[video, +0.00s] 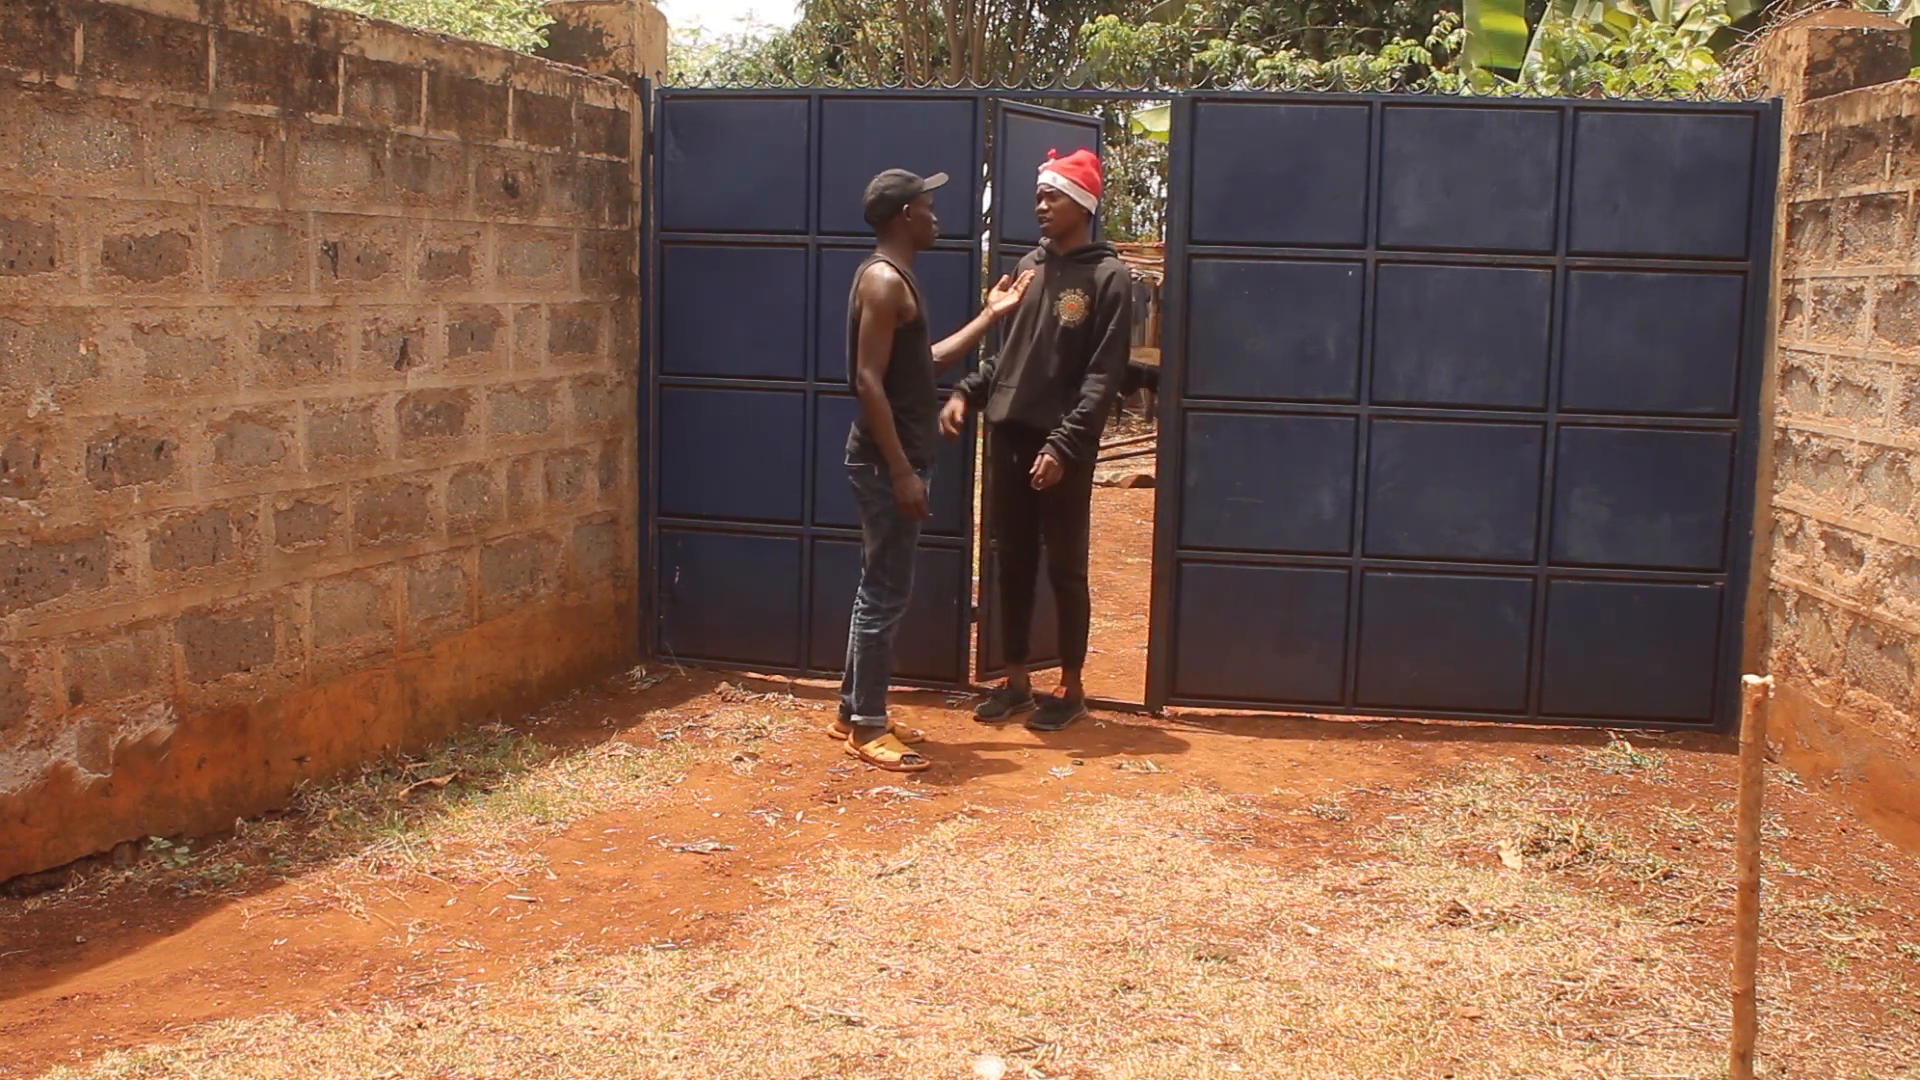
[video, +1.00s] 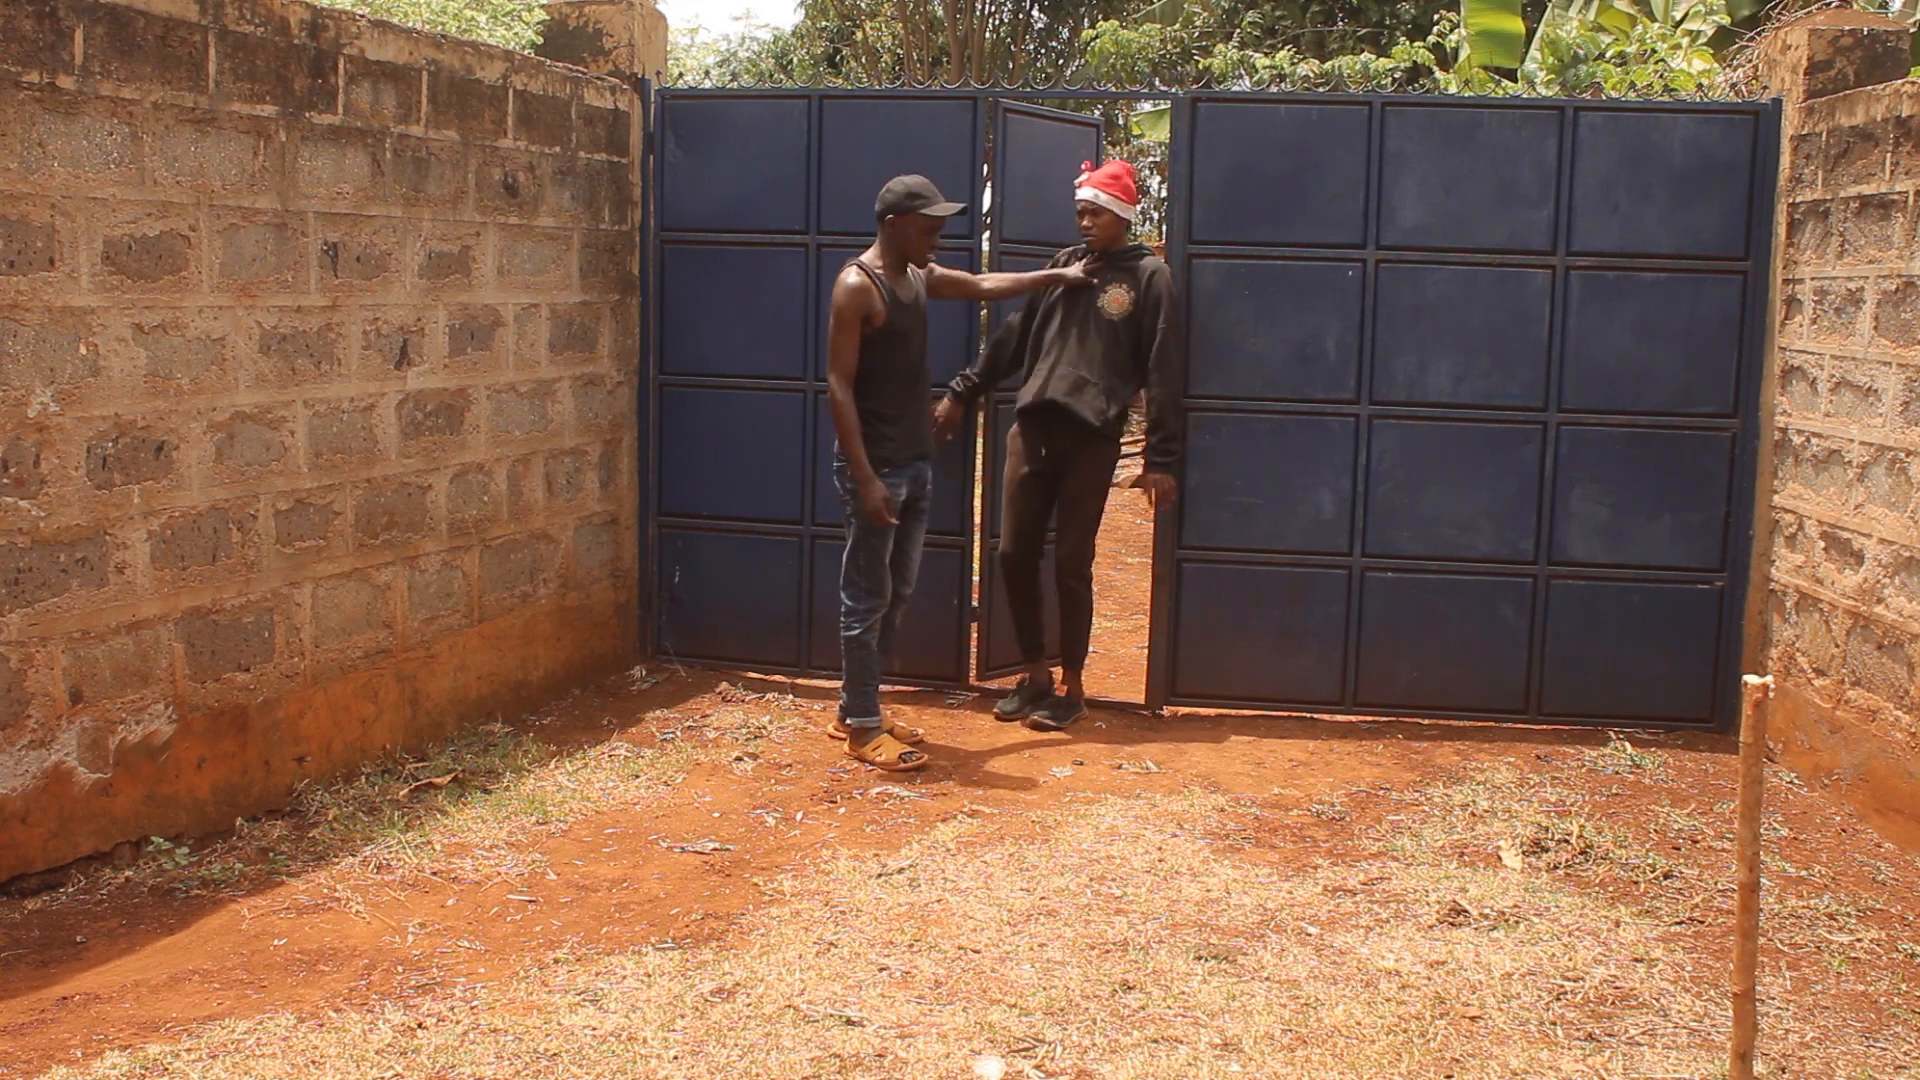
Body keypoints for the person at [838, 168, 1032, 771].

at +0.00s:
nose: (936, 214)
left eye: (932, 204)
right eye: (927, 205)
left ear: (898, 217)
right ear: (903, 215)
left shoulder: (895, 278)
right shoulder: (884, 282)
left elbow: (924, 361)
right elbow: (867, 381)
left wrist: (988, 313)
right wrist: (901, 469)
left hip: (898, 454)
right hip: (886, 459)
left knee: (882, 588)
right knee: (885, 592)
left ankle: (855, 707)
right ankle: (867, 726)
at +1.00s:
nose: (938, 237)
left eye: (940, 227)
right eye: (930, 226)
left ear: (917, 227)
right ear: (892, 223)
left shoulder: (917, 274)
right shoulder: (855, 288)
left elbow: (983, 286)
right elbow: (838, 387)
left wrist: (1055, 275)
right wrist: (863, 477)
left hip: (915, 461)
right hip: (872, 465)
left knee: (896, 593)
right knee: (866, 596)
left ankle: (860, 707)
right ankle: (862, 725)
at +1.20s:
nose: (934, 235)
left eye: (934, 226)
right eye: (925, 226)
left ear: (906, 230)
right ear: (889, 227)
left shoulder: (913, 272)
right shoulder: (845, 291)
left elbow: (978, 277)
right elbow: (819, 389)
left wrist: (1043, 241)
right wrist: (831, 482)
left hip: (909, 464)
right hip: (859, 467)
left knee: (894, 593)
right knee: (855, 598)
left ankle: (864, 709)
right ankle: (862, 731)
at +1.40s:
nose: (936, 228)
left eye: (935, 219)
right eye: (930, 220)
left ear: (901, 226)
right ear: (902, 227)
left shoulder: (914, 275)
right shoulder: (845, 290)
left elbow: (968, 306)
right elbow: (811, 382)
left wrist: (1042, 274)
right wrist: (814, 475)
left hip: (904, 463)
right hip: (855, 466)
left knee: (889, 590)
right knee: (855, 596)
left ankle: (863, 711)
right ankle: (862, 731)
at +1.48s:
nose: (939, 225)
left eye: (938, 217)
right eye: (932, 218)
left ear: (904, 225)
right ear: (904, 225)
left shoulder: (915, 275)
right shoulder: (847, 287)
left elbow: (963, 315)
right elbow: (812, 381)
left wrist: (1040, 296)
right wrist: (814, 473)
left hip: (903, 462)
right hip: (854, 466)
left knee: (889, 590)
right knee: (856, 596)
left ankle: (863, 711)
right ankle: (861, 730)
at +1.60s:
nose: (946, 230)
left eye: (945, 221)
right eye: (940, 221)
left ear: (917, 224)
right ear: (912, 225)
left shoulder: (918, 279)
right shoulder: (852, 283)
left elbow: (958, 335)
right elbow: (814, 377)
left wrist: (1036, 331)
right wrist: (822, 468)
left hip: (904, 461)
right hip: (855, 463)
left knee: (889, 590)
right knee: (862, 594)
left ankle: (861, 708)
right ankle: (862, 728)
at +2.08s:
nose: (962, 254)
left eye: (966, 243)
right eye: (956, 241)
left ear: (938, 235)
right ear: (921, 228)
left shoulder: (924, 282)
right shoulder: (863, 273)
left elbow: (963, 309)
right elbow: (815, 360)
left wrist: (1021, 270)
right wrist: (808, 448)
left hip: (906, 464)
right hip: (854, 461)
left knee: (885, 593)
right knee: (843, 589)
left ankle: (860, 714)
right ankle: (801, 716)